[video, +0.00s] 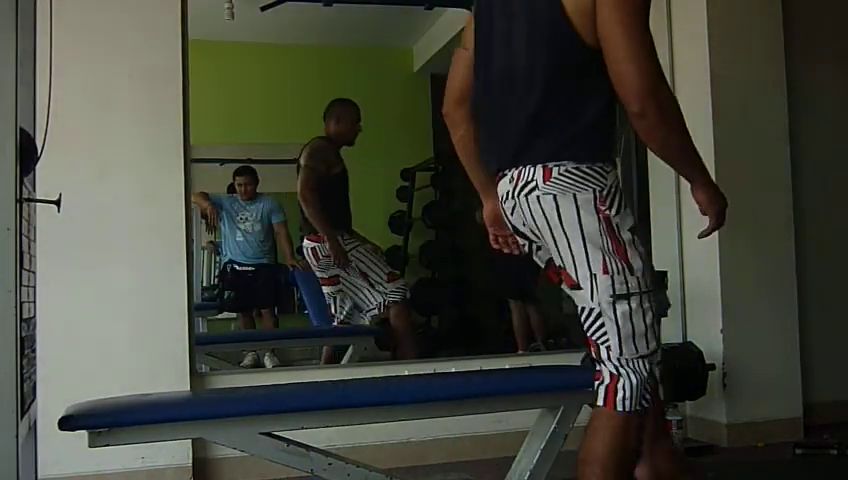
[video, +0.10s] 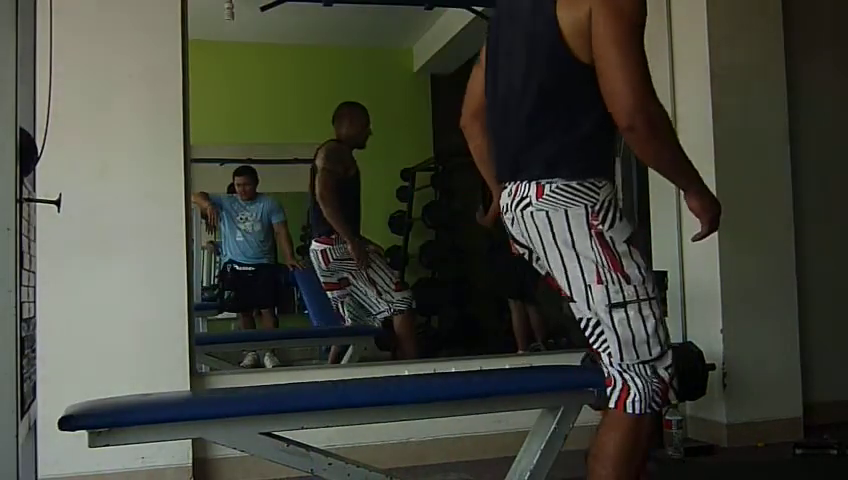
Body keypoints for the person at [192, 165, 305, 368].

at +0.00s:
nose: (243, 190)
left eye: (247, 185)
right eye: (239, 185)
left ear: (256, 185)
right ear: (234, 185)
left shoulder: (268, 204)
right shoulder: (226, 202)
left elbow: (281, 231)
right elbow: (197, 196)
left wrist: (289, 258)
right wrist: (207, 205)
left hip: (263, 267)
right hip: (235, 268)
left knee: (266, 311)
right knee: (244, 313)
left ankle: (269, 351)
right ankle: (251, 351)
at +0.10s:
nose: (241, 190)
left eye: (245, 185)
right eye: (237, 185)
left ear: (255, 185)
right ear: (233, 185)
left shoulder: (268, 204)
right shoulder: (226, 202)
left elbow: (281, 231)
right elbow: (197, 197)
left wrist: (289, 258)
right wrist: (207, 205)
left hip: (263, 267)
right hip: (235, 268)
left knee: (266, 311)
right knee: (244, 313)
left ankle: (269, 351)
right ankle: (251, 351)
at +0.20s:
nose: (240, 189)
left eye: (245, 185)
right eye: (237, 185)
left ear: (255, 185)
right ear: (233, 185)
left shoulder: (269, 204)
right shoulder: (226, 202)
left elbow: (281, 232)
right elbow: (197, 197)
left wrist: (289, 258)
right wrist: (208, 206)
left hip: (263, 267)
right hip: (235, 268)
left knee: (266, 310)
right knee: (244, 313)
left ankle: (269, 351)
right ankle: (251, 351)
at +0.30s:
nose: (240, 189)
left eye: (245, 185)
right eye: (236, 185)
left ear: (255, 185)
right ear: (233, 186)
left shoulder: (269, 204)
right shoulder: (226, 202)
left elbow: (281, 232)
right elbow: (197, 197)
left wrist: (289, 258)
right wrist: (208, 206)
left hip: (263, 268)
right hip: (235, 269)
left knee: (266, 310)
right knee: (244, 313)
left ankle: (269, 351)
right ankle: (251, 351)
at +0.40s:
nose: (240, 190)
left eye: (244, 185)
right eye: (236, 185)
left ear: (255, 185)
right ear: (233, 186)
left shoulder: (268, 204)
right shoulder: (226, 202)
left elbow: (281, 231)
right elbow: (197, 197)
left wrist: (289, 258)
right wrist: (208, 206)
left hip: (263, 268)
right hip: (235, 269)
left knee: (266, 311)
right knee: (244, 313)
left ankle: (269, 351)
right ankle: (251, 351)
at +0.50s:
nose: (240, 190)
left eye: (244, 185)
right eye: (236, 185)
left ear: (255, 185)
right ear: (232, 186)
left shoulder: (269, 204)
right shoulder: (226, 202)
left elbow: (281, 231)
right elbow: (196, 196)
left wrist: (289, 258)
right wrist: (208, 206)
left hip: (263, 268)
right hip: (235, 269)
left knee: (266, 311)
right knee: (244, 314)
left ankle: (269, 351)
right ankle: (251, 351)